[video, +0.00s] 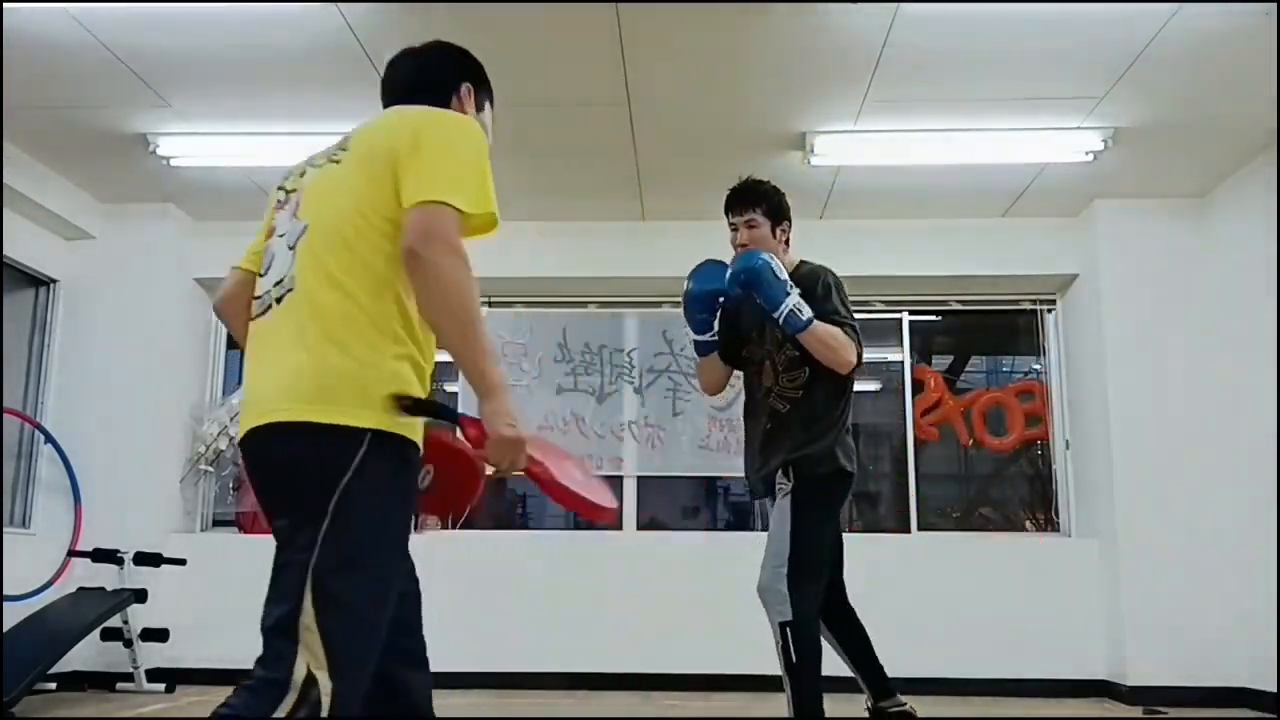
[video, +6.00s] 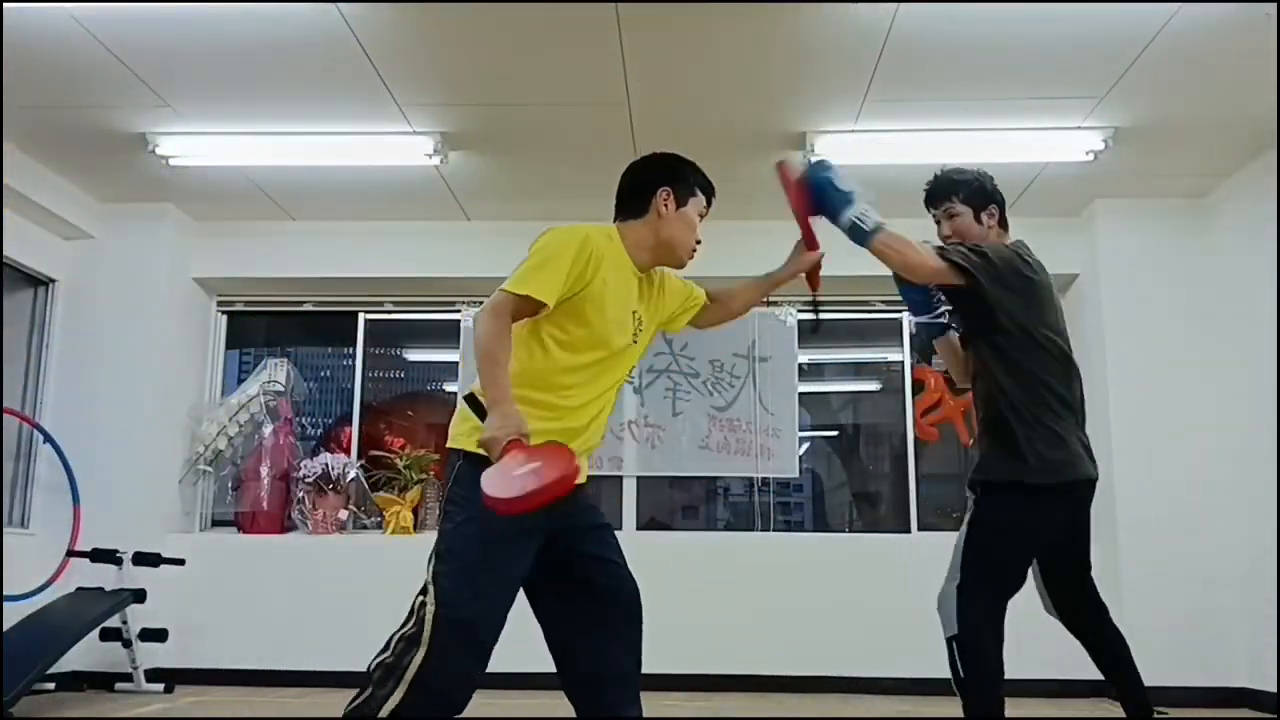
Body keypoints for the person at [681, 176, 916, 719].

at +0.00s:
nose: (741, 237)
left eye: (752, 226)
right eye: (734, 228)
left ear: (783, 232)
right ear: (730, 236)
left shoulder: (816, 282)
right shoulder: (739, 299)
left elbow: (846, 358)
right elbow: (714, 384)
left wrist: (786, 304)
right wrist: (704, 330)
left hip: (817, 460)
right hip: (776, 465)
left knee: (783, 590)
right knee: (823, 593)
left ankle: (806, 712)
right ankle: (886, 700)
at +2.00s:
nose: (701, 217)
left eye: (713, 205)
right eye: (695, 207)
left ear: (749, 216)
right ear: (696, 219)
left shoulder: (777, 274)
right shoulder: (704, 288)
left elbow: (775, 335)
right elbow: (665, 368)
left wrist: (716, 272)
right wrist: (656, 310)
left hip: (766, 470)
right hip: (742, 470)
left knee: (699, 591)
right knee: (787, 606)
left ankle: (742, 714)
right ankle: (848, 711)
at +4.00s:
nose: (510, 152)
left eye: (517, 137)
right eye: (509, 141)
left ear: (560, 135)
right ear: (568, 136)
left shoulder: (563, 179)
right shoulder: (627, 197)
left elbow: (450, 176)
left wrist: (378, 107)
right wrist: (524, 231)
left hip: (613, 427)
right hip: (672, 428)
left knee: (522, 598)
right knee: (669, 578)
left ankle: (502, 714)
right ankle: (735, 711)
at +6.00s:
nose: (940, 232)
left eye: (949, 217)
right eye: (936, 222)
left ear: (990, 216)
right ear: (989, 221)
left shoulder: (1000, 262)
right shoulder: (1023, 271)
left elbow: (924, 267)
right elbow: (974, 380)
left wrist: (844, 208)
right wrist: (935, 325)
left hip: (1020, 473)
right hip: (1067, 471)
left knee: (969, 606)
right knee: (1073, 596)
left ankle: (983, 714)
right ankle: (1142, 710)